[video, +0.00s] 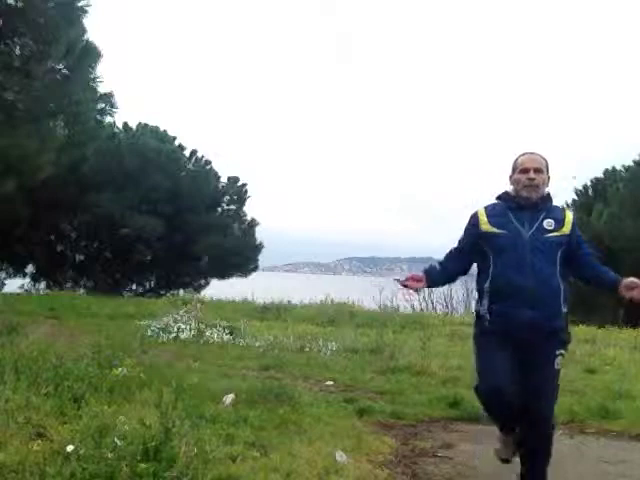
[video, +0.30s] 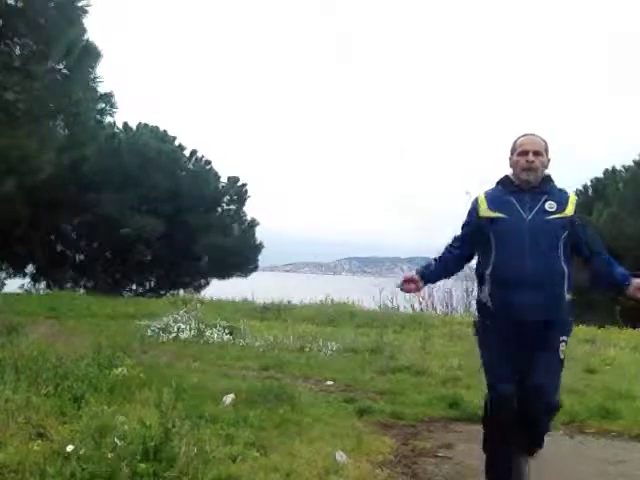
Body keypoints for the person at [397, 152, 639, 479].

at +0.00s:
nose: (530, 176)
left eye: (537, 171)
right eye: (523, 171)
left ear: (548, 180)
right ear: (511, 178)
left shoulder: (563, 220)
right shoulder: (485, 218)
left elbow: (584, 264)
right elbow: (460, 259)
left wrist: (618, 284)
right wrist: (428, 277)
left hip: (545, 331)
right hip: (496, 329)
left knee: (540, 416)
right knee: (493, 390)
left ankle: (533, 474)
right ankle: (509, 430)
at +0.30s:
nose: (529, 159)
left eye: (536, 154)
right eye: (522, 153)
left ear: (547, 161)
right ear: (510, 160)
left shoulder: (565, 205)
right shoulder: (487, 203)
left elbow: (593, 254)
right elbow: (460, 250)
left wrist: (626, 282)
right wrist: (423, 276)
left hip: (548, 320)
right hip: (498, 319)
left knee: (544, 400)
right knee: (503, 399)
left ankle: (522, 452)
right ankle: (500, 470)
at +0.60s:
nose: (536, 156)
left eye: (544, 151)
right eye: (529, 150)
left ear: (555, 158)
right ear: (517, 155)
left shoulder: (572, 201)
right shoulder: (488, 198)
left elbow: (595, 256)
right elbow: (458, 245)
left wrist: (630, 285)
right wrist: (421, 276)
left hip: (552, 321)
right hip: (499, 320)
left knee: (543, 402)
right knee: (505, 403)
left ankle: (540, 473)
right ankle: (509, 471)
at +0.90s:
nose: (534, 155)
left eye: (542, 148)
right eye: (526, 148)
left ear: (555, 153)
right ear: (514, 153)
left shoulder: (576, 197)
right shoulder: (488, 198)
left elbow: (606, 255)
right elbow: (463, 250)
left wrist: (634, 277)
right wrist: (427, 286)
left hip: (552, 325)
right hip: (495, 323)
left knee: (544, 419)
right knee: (497, 413)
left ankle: (538, 476)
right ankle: (498, 475)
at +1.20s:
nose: (527, 158)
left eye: (536, 151)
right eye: (520, 151)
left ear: (548, 160)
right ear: (507, 159)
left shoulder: (571, 210)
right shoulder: (478, 210)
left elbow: (597, 270)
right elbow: (453, 262)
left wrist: (627, 304)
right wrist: (419, 295)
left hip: (552, 341)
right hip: (494, 341)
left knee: (551, 420)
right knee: (498, 435)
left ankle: (540, 475)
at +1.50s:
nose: (537, 161)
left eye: (545, 155)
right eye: (528, 155)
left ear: (557, 165)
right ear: (514, 164)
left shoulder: (580, 218)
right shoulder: (484, 216)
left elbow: (612, 276)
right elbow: (458, 269)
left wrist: (636, 297)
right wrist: (427, 292)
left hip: (554, 351)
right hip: (494, 347)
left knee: (547, 452)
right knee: (494, 416)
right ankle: (512, 470)